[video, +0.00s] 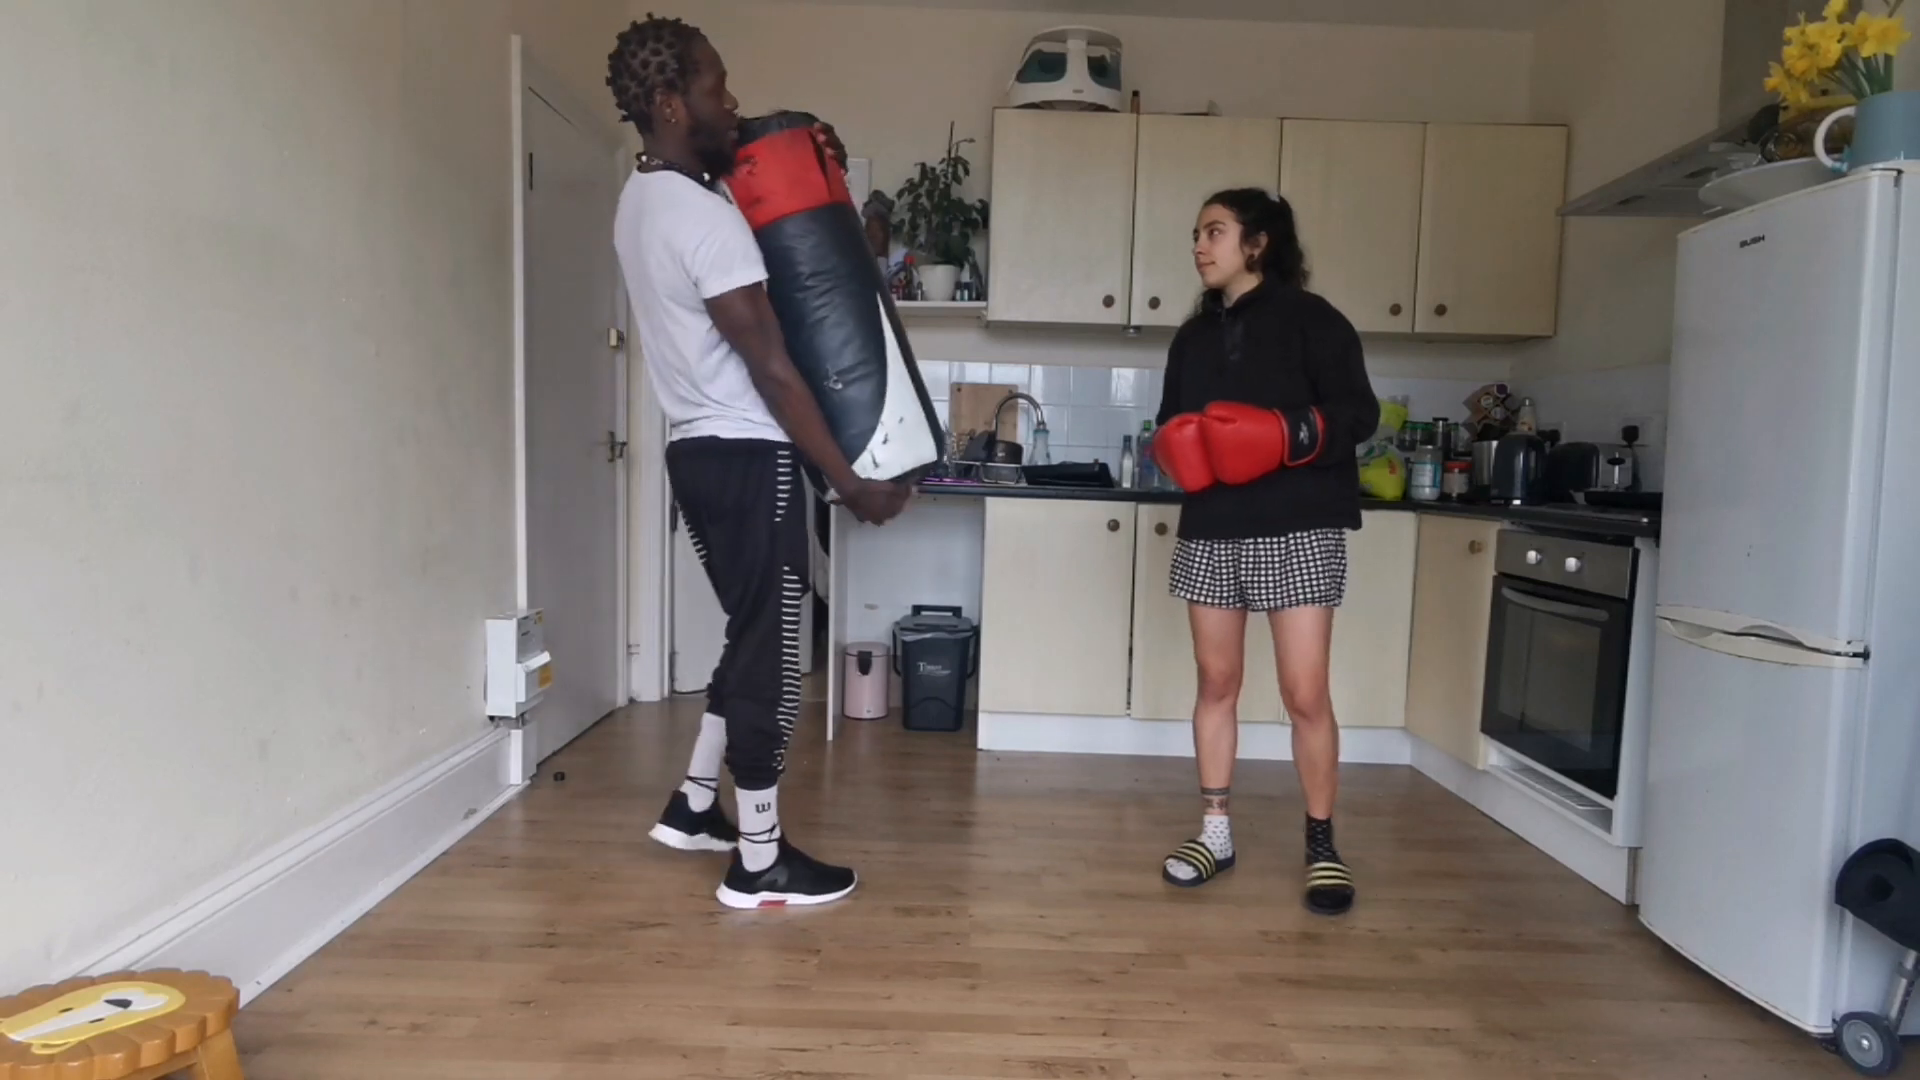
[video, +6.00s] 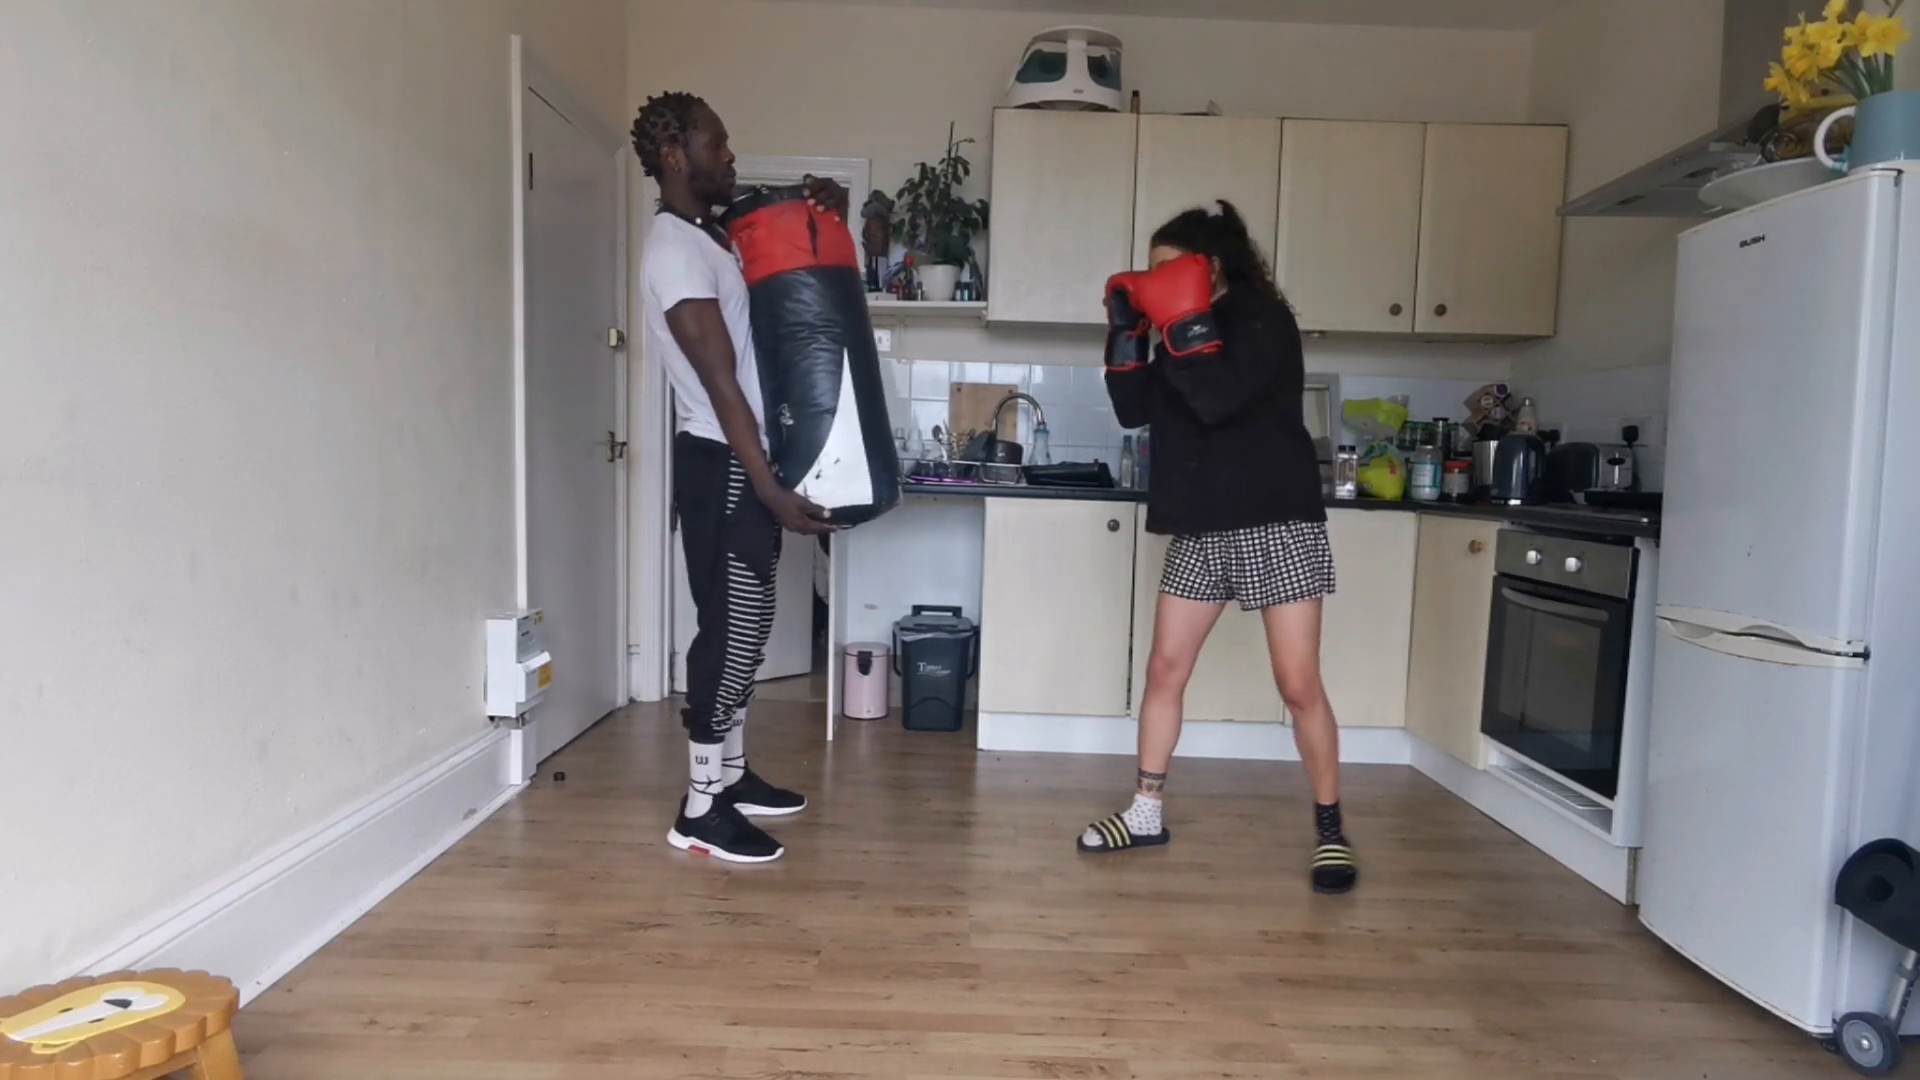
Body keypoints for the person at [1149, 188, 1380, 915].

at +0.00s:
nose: (1199, 245)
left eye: (1214, 233)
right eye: (1198, 234)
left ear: (1258, 243)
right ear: (1207, 248)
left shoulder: (1314, 320)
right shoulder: (1193, 336)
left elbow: (1361, 412)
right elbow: (1171, 433)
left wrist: (1292, 434)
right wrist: (1176, 449)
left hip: (1301, 525)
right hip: (1213, 525)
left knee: (1305, 697)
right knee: (1216, 681)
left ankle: (1321, 844)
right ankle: (1214, 831)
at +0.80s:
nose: (1298, 240)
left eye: (1312, 226)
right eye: (1298, 226)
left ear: (1361, 236)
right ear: (1320, 239)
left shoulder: (1417, 320)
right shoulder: (1300, 327)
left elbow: (1472, 423)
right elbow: (1284, 425)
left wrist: (1400, 450)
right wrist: (1277, 454)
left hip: (1391, 534)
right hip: (1306, 526)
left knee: (1374, 703)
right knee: (1264, 679)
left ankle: (1364, 863)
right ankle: (1235, 825)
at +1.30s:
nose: (1252, 249)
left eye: (1265, 236)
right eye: (1254, 236)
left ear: (1310, 246)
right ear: (1287, 247)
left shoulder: (1357, 318)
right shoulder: (1272, 330)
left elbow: (1388, 432)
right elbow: (1276, 435)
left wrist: (1296, 436)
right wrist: (1227, 450)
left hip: (1357, 532)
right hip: (1283, 529)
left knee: (1352, 701)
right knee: (1266, 687)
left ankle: (1363, 864)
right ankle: (1244, 830)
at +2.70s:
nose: (1168, 261)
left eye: (1180, 249)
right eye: (1170, 248)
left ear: (1222, 259)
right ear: (1211, 260)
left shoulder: (1266, 326)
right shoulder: (1192, 337)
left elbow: (1286, 432)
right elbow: (1205, 431)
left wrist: (1192, 426)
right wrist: (1148, 429)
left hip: (1281, 529)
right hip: (1212, 529)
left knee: (1286, 692)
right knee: (1202, 678)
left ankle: (1320, 853)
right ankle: (1178, 820)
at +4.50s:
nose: (1199, 261)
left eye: (1212, 248)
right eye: (1197, 249)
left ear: (1258, 251)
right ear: (1204, 257)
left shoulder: (1301, 314)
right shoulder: (1212, 322)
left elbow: (1246, 394)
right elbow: (1171, 412)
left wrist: (1219, 319)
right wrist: (1159, 336)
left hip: (1294, 518)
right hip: (1216, 518)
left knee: (1299, 688)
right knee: (1184, 675)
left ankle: (1307, 834)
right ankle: (1148, 811)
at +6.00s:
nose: (1159, 283)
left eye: (1170, 270)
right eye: (1155, 273)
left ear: (1212, 264)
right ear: (1164, 275)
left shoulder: (1264, 318)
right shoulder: (1177, 328)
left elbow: (1217, 401)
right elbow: (1131, 408)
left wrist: (1183, 328)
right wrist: (1124, 329)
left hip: (1279, 519)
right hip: (1201, 521)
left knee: (1300, 686)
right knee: (1165, 668)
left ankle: (1329, 828)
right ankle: (1146, 810)